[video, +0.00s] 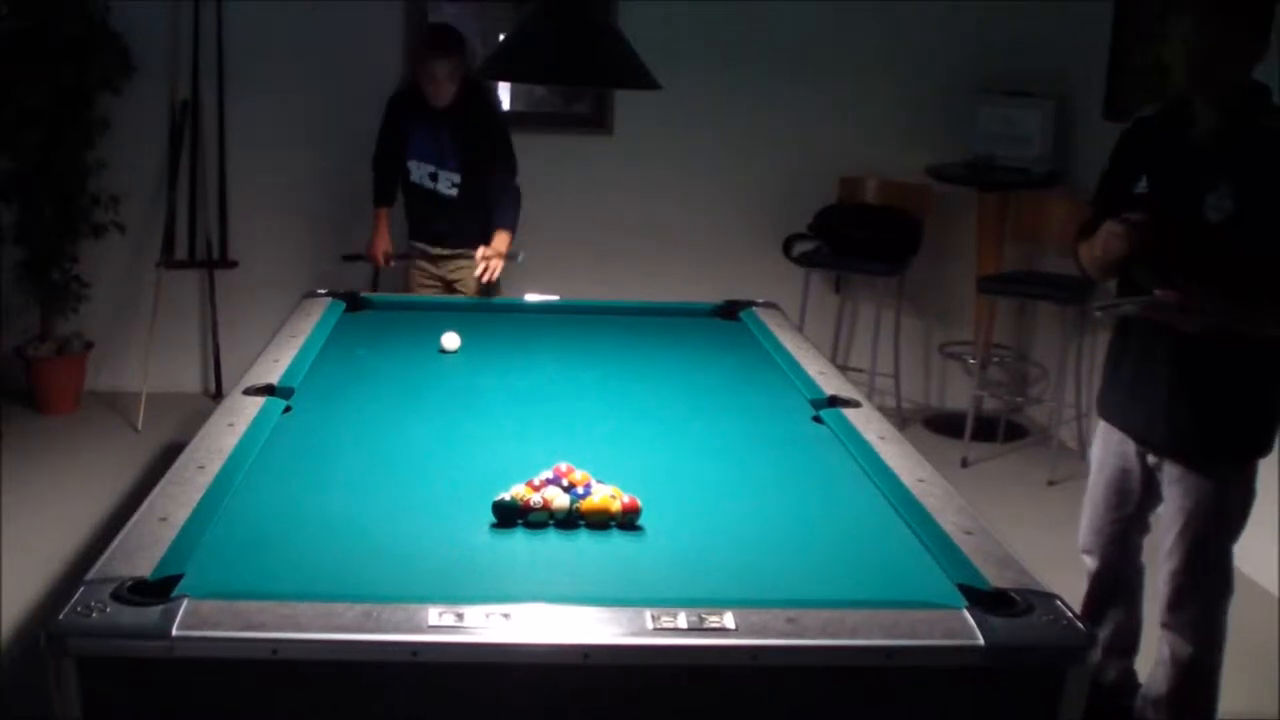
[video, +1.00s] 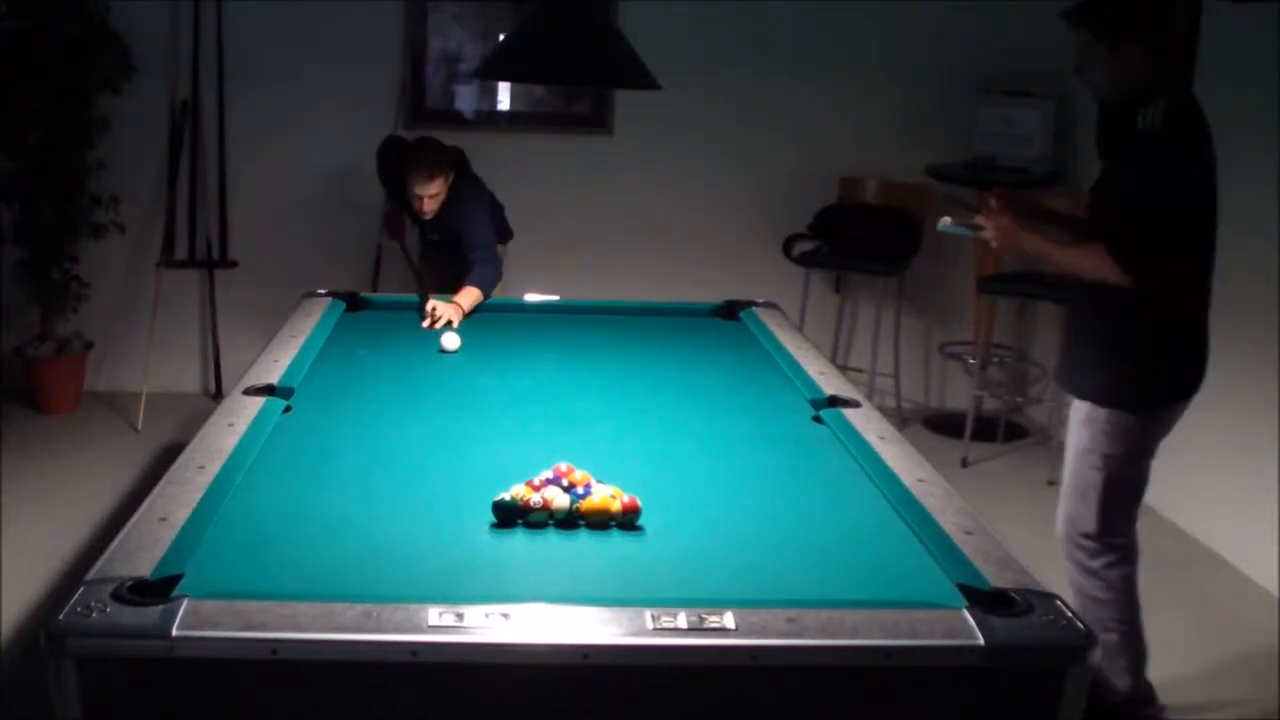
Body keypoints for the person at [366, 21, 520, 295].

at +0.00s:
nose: (440, 86)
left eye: (449, 77)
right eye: (431, 77)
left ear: (461, 74)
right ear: (418, 74)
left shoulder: (481, 112)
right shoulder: (403, 107)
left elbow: (505, 185)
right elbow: (384, 168)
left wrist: (499, 246)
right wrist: (381, 230)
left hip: (473, 258)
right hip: (422, 255)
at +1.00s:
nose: (425, 207)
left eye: (434, 197)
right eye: (418, 197)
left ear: (449, 180)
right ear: (406, 186)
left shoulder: (468, 197)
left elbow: (488, 265)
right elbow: (389, 146)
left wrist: (459, 306)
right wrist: (394, 205)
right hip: (433, 240)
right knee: (431, 308)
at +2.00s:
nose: (416, 207)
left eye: (426, 196)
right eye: (408, 198)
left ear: (440, 184)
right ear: (395, 189)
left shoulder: (465, 201)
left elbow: (481, 262)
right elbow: (382, 152)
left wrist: (456, 308)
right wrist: (387, 216)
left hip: (489, 248)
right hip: (438, 243)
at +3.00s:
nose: (413, 206)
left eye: (421, 196)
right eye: (404, 197)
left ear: (436, 183)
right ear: (392, 188)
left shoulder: (460, 200)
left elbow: (476, 261)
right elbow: (377, 161)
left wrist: (456, 308)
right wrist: (384, 227)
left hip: (492, 248)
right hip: (441, 245)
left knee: (485, 327)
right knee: (425, 319)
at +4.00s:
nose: (444, 112)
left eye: (455, 103)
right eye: (438, 102)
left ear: (475, 105)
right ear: (429, 102)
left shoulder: (488, 147)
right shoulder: (423, 134)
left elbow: (489, 233)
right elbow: (415, 178)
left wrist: (457, 295)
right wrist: (411, 225)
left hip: (494, 252)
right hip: (450, 245)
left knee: (486, 339)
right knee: (444, 333)